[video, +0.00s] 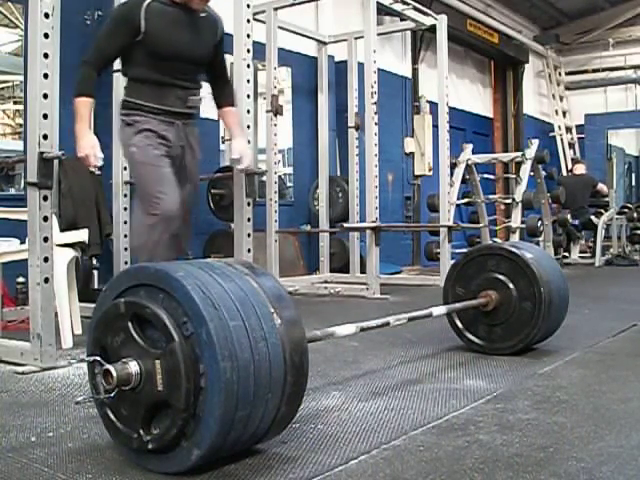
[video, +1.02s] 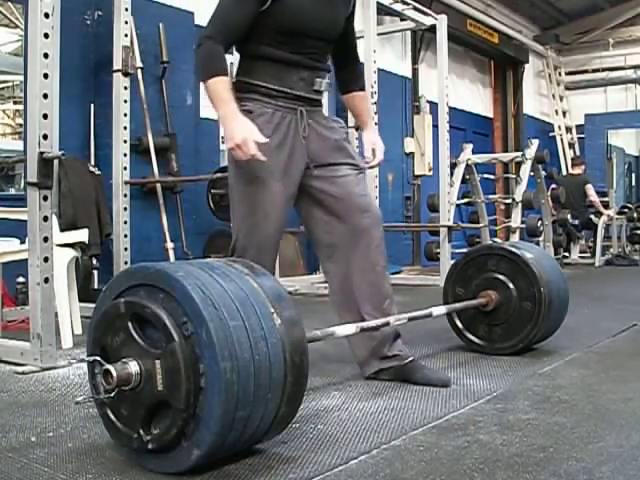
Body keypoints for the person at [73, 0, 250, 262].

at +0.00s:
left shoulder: (211, 23)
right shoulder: (136, 11)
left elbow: (220, 80)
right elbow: (90, 67)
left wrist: (238, 136)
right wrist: (83, 133)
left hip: (186, 128)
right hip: (143, 123)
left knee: (181, 217)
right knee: (166, 207)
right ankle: (144, 294)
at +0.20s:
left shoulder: (238, 17)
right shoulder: (160, 8)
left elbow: (249, 80)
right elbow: (111, 66)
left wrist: (273, 136)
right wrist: (107, 135)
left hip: (218, 127)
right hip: (174, 124)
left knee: (197, 228)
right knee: (209, 220)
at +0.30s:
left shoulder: (253, 10)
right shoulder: (178, 4)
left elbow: (260, 76)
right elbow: (129, 61)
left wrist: (281, 134)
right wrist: (132, 137)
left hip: (237, 125)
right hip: (189, 120)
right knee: (221, 231)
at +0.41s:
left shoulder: (268, 5)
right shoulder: (193, 3)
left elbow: (271, 67)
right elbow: (147, 51)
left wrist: (284, 130)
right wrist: (156, 123)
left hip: (255, 117)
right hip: (205, 115)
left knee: (296, 214)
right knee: (227, 239)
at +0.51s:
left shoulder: (283, 4)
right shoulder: (206, 2)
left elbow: (279, 53)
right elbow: (160, 44)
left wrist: (290, 115)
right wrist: (178, 112)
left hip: (277, 115)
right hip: (225, 112)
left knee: (323, 207)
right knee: (234, 231)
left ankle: (333, 328)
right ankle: (235, 348)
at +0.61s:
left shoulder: (300, 4)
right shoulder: (224, 2)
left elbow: (294, 59)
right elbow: (173, 44)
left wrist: (305, 123)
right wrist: (192, 112)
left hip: (292, 118)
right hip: (241, 114)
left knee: (338, 228)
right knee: (248, 235)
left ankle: (394, 347)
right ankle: (233, 360)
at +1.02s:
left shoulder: (343, 4)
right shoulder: (255, 1)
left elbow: (347, 59)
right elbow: (209, 46)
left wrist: (367, 126)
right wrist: (230, 117)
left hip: (318, 120)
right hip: (263, 114)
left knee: (360, 223)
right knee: (256, 250)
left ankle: (383, 354)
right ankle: (241, 373)